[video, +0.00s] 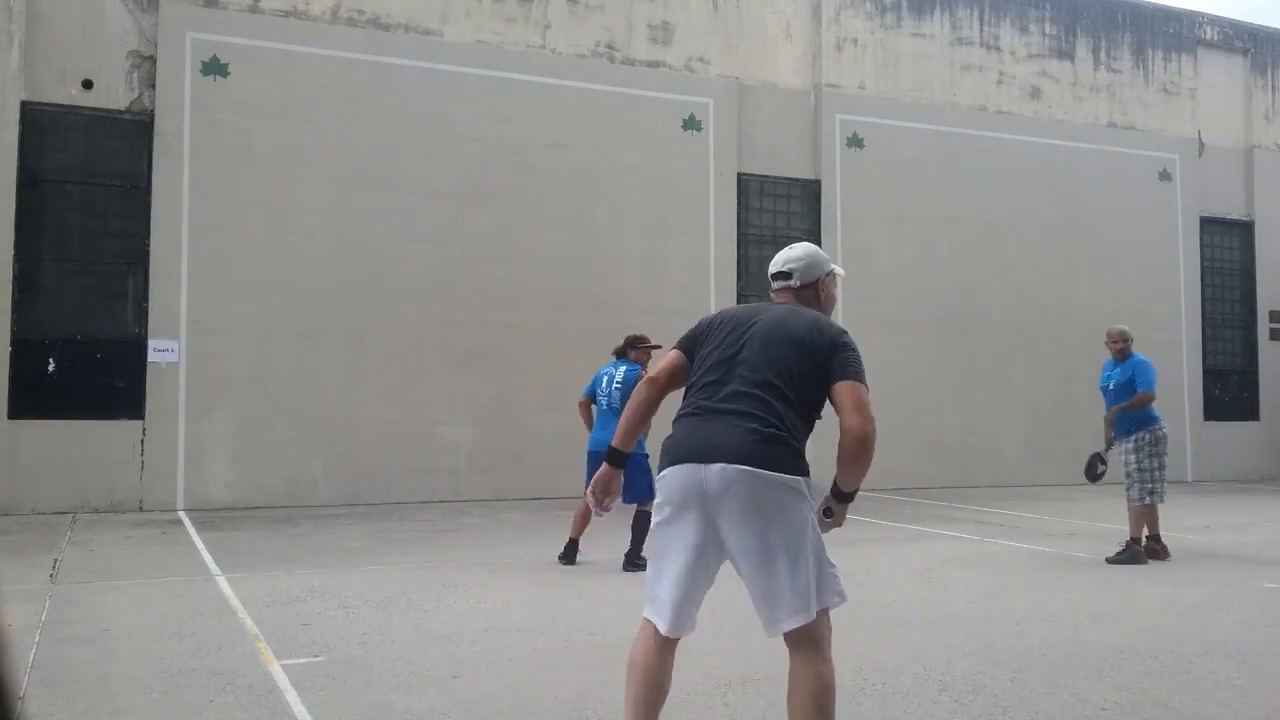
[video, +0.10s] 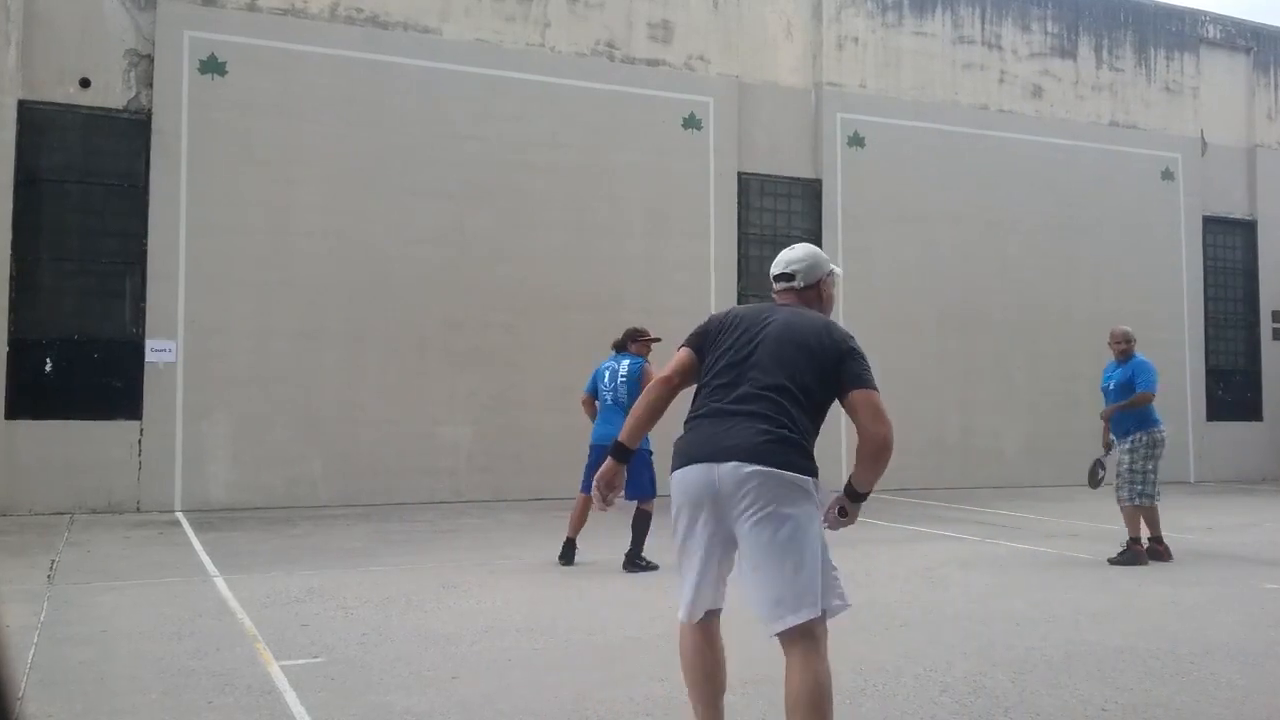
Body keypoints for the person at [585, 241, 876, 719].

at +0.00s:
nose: (835, 295)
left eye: (834, 286)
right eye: (833, 286)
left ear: (777, 289)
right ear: (821, 287)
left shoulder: (718, 321)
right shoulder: (829, 335)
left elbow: (653, 380)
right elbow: (858, 428)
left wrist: (615, 460)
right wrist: (840, 498)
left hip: (681, 465)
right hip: (763, 469)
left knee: (659, 623)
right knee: (807, 636)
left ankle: (637, 715)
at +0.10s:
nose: (834, 294)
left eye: (832, 285)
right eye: (831, 285)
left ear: (775, 290)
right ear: (821, 288)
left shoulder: (722, 321)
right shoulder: (833, 338)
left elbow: (666, 381)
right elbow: (877, 434)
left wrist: (618, 455)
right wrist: (853, 498)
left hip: (692, 467)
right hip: (772, 468)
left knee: (697, 613)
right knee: (802, 636)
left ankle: (707, 715)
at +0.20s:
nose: (813, 301)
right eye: (813, 295)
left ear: (759, 296)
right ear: (811, 297)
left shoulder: (720, 331)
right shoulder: (827, 343)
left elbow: (665, 393)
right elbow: (881, 430)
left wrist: (617, 465)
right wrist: (860, 491)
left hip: (705, 479)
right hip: (780, 474)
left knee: (729, 604)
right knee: (802, 629)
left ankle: (769, 714)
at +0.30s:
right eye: (790, 294)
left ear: (739, 297)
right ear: (788, 298)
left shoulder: (709, 342)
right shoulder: (811, 342)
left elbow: (658, 412)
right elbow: (867, 415)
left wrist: (619, 484)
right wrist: (869, 481)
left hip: (716, 483)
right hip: (787, 477)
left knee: (752, 615)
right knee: (820, 624)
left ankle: (799, 714)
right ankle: (830, 715)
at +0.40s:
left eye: (717, 299)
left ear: (716, 303)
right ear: (762, 302)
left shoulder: (694, 351)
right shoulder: (791, 341)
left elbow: (651, 433)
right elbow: (843, 397)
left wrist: (631, 488)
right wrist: (869, 466)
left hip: (723, 485)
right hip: (790, 480)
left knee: (751, 614)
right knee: (826, 606)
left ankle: (799, 715)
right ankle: (843, 695)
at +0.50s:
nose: (700, 306)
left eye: (699, 300)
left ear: (700, 302)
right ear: (744, 301)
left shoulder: (680, 348)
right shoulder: (772, 334)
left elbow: (642, 426)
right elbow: (814, 376)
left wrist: (656, 449)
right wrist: (853, 443)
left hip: (716, 478)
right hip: (778, 469)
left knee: (746, 611)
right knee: (797, 577)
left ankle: (799, 711)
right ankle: (816, 684)